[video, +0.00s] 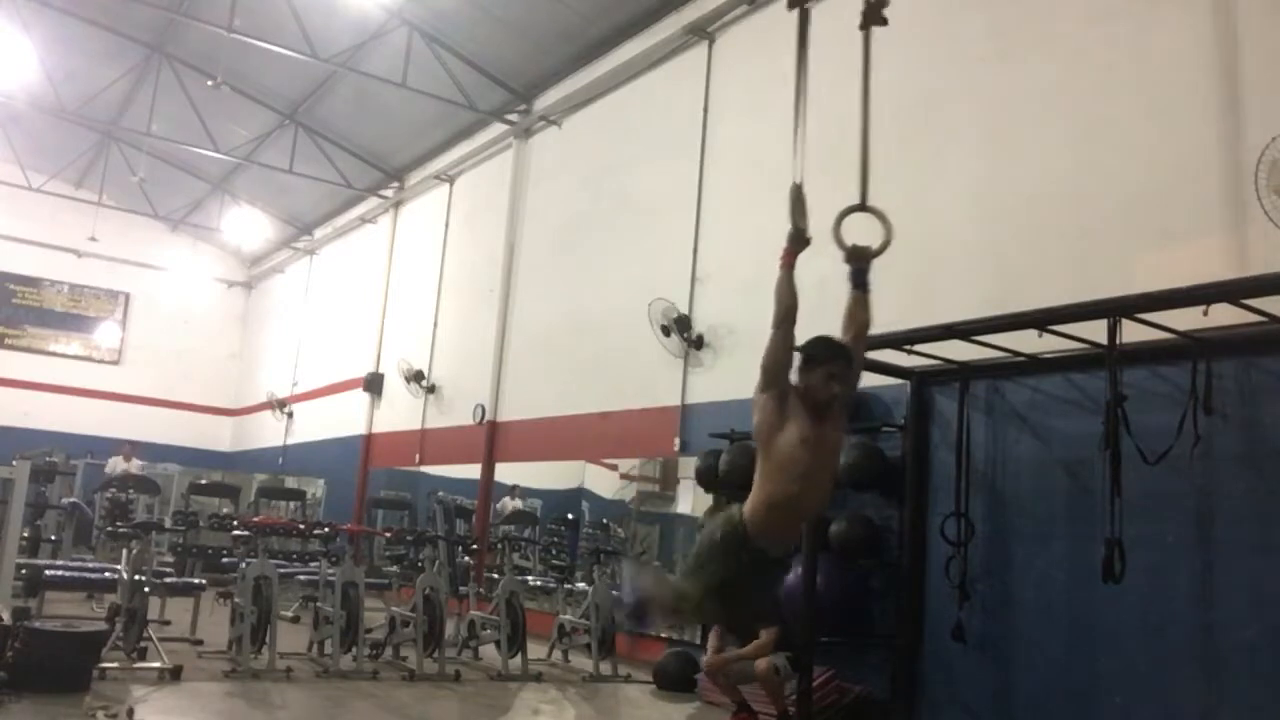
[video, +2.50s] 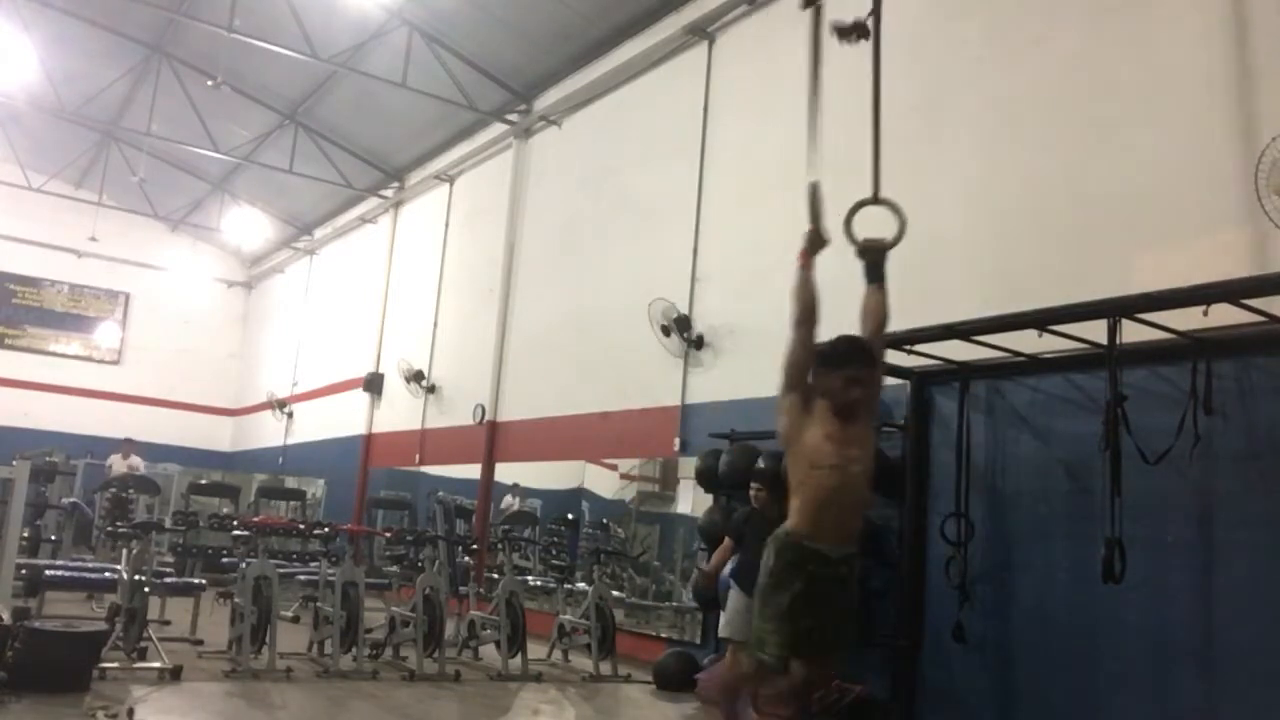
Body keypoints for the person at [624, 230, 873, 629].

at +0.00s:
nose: (837, 388)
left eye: (843, 381)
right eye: (829, 378)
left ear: (847, 386)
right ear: (803, 374)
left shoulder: (834, 416)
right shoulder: (776, 403)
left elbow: (855, 339)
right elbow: (783, 324)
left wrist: (860, 275)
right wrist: (790, 255)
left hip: (776, 557)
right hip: (736, 541)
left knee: (739, 628)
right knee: (689, 605)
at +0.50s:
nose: (693, 333)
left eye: (691, 328)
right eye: (683, 329)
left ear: (696, 337)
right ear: (669, 343)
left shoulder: (721, 362)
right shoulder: (685, 375)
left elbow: (771, 349)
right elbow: (658, 320)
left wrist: (765, 297)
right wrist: (669, 267)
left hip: (799, 374)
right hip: (770, 381)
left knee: (900, 371)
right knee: (820, 345)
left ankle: (909, 478)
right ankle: (843, 453)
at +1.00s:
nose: (842, 232)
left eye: (849, 227)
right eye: (840, 223)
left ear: (854, 220)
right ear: (826, 206)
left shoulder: (841, 237)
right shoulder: (780, 196)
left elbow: (829, 274)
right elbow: (720, 173)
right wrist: (725, 209)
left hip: (784, 313)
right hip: (748, 312)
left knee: (853, 333)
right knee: (825, 326)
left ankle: (897, 397)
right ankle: (881, 399)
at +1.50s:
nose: (899, 216)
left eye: (906, 210)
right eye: (898, 205)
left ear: (908, 204)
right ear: (882, 185)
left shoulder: (886, 224)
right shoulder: (835, 184)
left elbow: (881, 268)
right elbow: (770, 163)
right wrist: (780, 209)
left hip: (820, 311)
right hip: (782, 302)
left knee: (831, 408)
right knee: (802, 399)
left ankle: (808, 510)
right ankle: (778, 510)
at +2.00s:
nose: (793, 297)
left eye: (799, 291)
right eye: (784, 288)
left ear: (805, 295)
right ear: (766, 290)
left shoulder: (811, 337)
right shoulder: (749, 326)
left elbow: (853, 346)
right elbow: (702, 315)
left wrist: (850, 296)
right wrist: (726, 260)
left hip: (830, 411)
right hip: (791, 416)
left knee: (898, 377)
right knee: (872, 388)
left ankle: (977, 414)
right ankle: (953, 435)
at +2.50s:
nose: (859, 391)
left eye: (864, 382)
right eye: (849, 382)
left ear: (870, 383)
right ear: (822, 380)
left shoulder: (865, 414)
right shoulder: (798, 409)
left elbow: (875, 335)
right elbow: (803, 328)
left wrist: (874, 267)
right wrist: (805, 261)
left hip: (841, 564)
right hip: (792, 557)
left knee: (813, 675)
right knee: (763, 662)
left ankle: (762, 704)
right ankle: (714, 692)